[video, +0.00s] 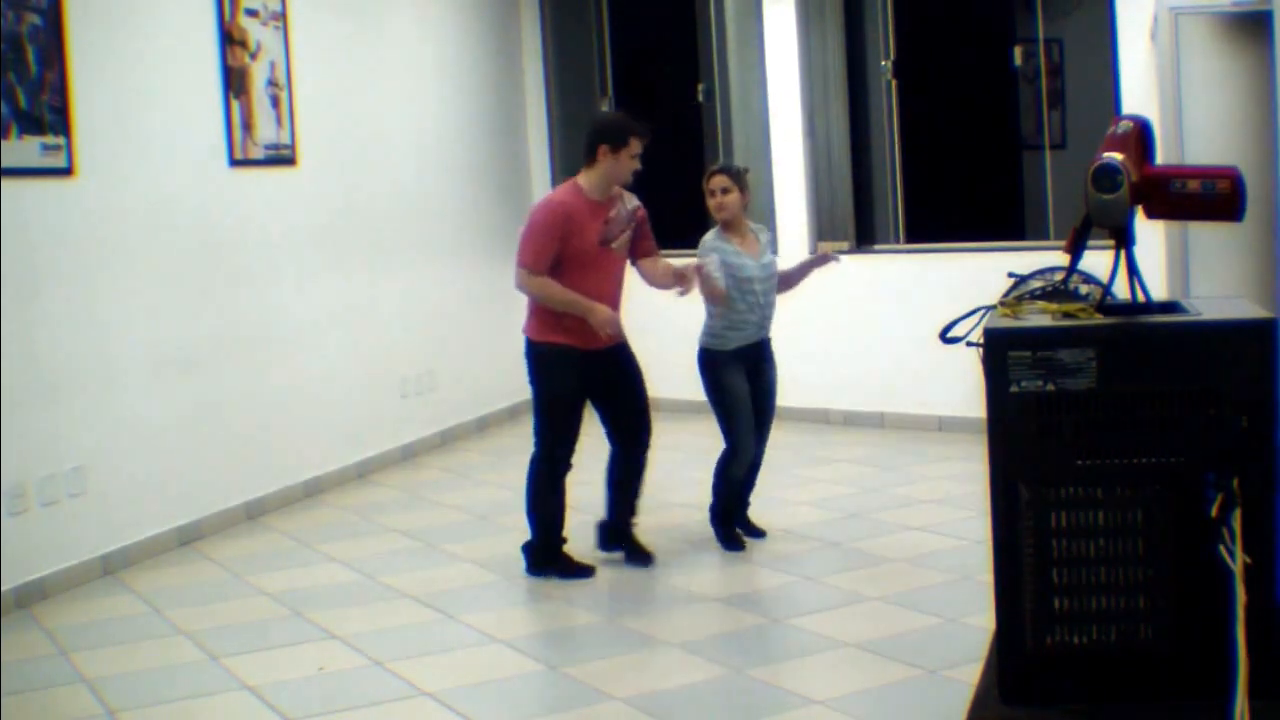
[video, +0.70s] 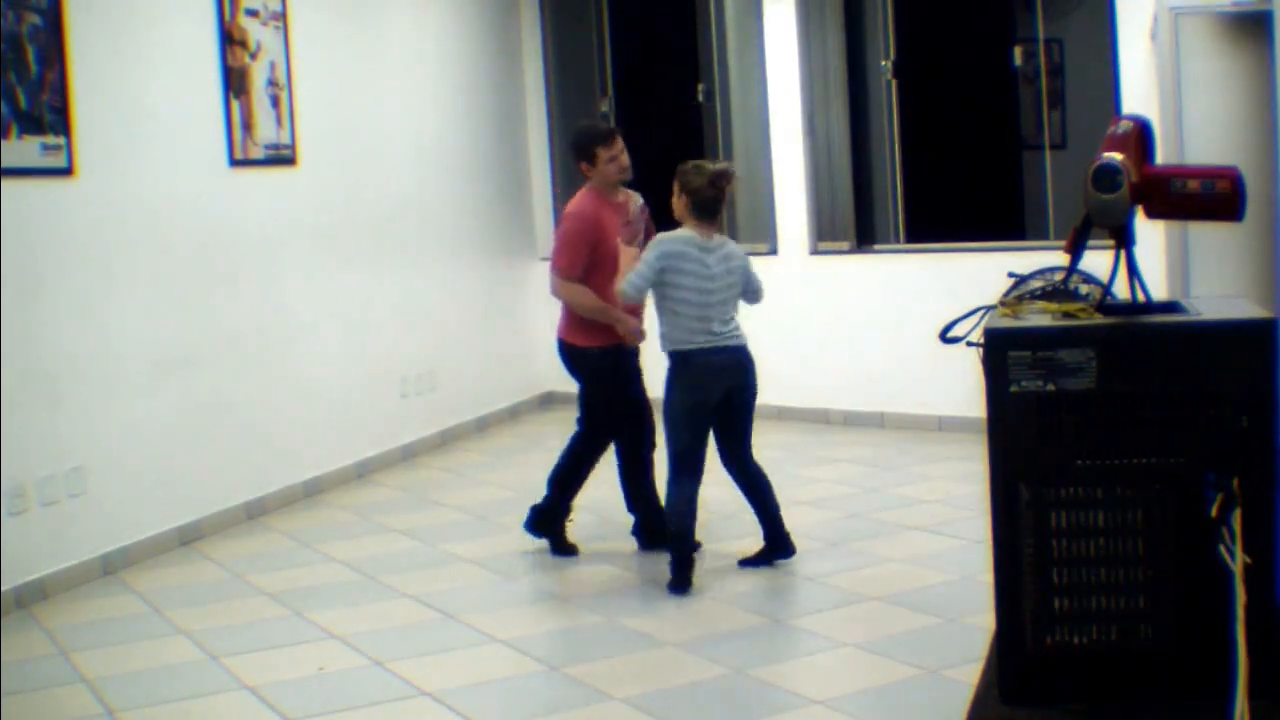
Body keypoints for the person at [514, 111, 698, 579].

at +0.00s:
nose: (637, 165)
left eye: (639, 157)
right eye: (632, 156)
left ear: (612, 156)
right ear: (604, 153)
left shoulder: (629, 208)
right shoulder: (554, 209)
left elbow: (650, 265)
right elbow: (526, 278)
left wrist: (675, 275)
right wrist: (588, 308)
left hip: (608, 345)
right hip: (556, 348)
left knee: (633, 434)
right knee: (554, 452)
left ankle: (618, 529)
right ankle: (544, 551)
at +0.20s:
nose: (620, 162)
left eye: (621, 154)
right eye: (614, 154)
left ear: (601, 156)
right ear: (585, 153)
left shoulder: (616, 209)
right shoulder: (546, 208)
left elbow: (632, 264)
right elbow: (520, 278)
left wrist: (626, 279)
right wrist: (576, 313)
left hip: (595, 346)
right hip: (552, 346)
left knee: (583, 445)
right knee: (558, 446)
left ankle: (550, 532)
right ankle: (542, 547)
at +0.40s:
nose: (618, 167)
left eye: (618, 159)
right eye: (609, 160)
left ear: (608, 164)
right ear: (581, 164)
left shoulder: (609, 215)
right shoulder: (553, 217)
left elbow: (630, 278)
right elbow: (533, 285)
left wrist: (622, 275)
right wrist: (586, 322)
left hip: (584, 345)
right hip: (553, 347)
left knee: (564, 433)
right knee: (612, 429)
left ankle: (536, 525)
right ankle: (583, 529)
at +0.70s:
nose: (623, 162)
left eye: (623, 153)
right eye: (613, 159)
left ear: (625, 154)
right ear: (589, 166)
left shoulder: (627, 202)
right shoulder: (581, 214)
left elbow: (642, 256)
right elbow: (562, 284)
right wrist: (617, 317)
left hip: (617, 338)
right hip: (591, 342)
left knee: (596, 430)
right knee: (636, 431)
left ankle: (549, 514)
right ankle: (651, 526)